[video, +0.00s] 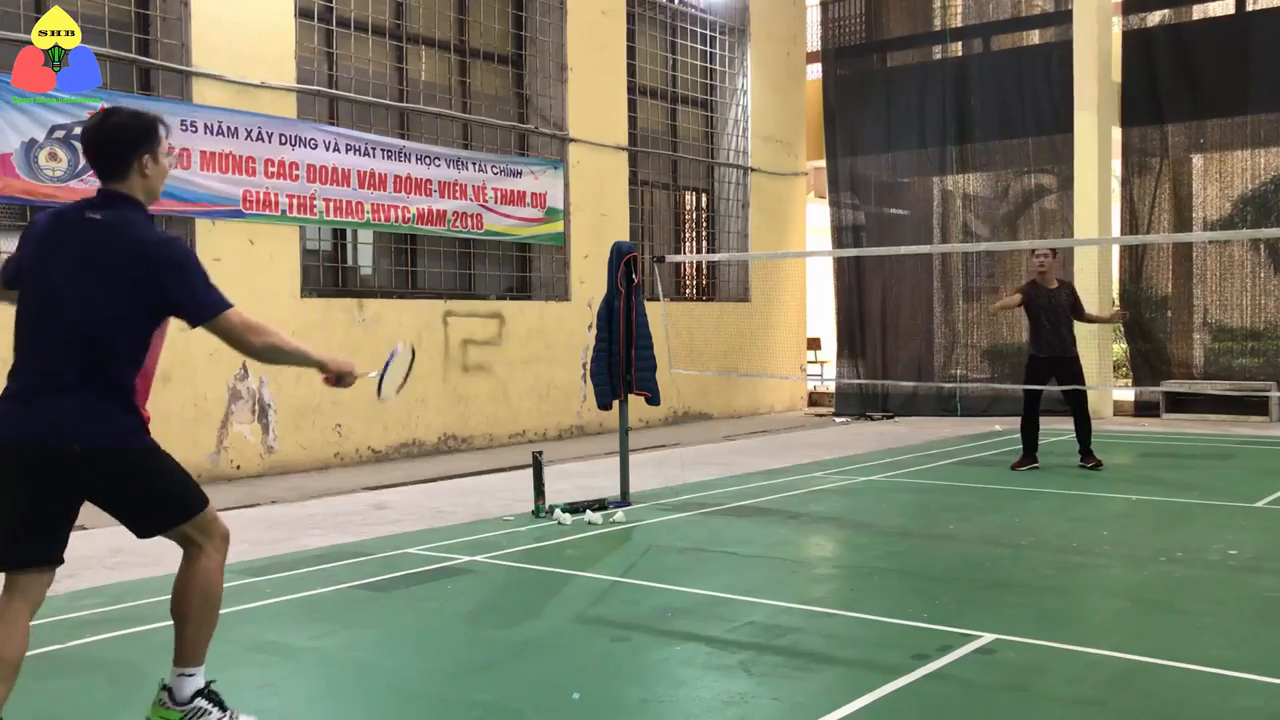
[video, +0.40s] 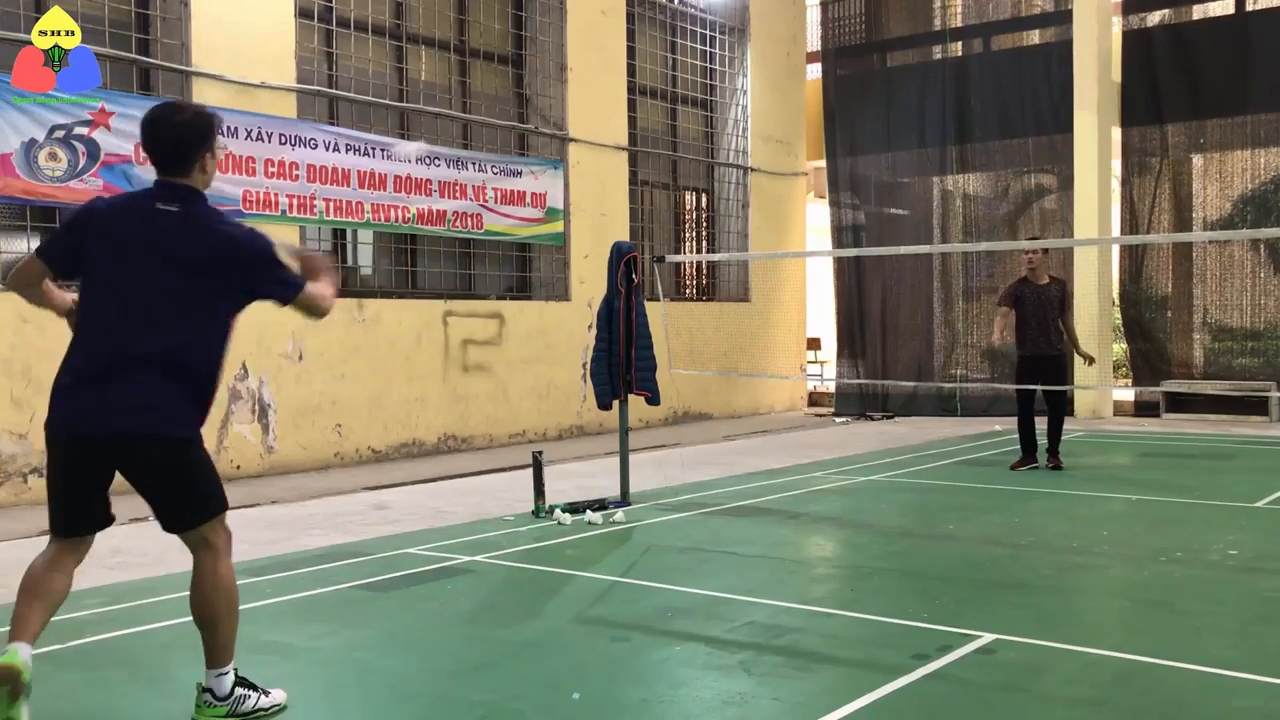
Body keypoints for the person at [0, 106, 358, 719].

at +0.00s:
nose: (168, 164)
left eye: (165, 152)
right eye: (164, 154)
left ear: (100, 164)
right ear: (145, 162)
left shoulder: (44, 228)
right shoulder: (157, 249)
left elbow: (13, 290)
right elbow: (246, 335)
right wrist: (323, 361)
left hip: (23, 436)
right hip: (106, 437)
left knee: (19, 593)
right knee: (208, 538)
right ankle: (185, 690)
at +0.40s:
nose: (221, 158)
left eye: (219, 147)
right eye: (217, 149)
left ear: (150, 158)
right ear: (206, 158)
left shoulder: (100, 217)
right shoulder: (231, 241)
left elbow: (23, 276)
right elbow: (316, 305)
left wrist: (62, 303)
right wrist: (323, 280)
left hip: (75, 417)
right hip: (158, 425)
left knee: (66, 542)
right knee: (212, 543)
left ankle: (16, 651)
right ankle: (220, 686)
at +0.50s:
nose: (231, 159)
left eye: (225, 150)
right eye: (229, 152)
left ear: (163, 157)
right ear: (222, 162)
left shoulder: (112, 213)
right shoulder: (245, 238)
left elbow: (19, 260)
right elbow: (332, 270)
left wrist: (61, 273)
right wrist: (393, 285)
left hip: (83, 412)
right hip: (168, 423)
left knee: (61, 529)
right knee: (219, 538)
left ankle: (24, 649)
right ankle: (220, 686)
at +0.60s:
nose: (229, 147)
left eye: (226, 137)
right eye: (227, 139)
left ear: (159, 146)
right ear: (218, 150)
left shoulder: (110, 201)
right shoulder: (244, 231)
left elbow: (13, 239)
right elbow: (331, 287)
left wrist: (48, 257)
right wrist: (395, 319)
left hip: (85, 402)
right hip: (171, 413)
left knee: (56, 523)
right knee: (214, 533)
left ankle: (17, 660)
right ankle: (223, 680)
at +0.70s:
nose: (219, 144)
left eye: (215, 133)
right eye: (216, 135)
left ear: (151, 145)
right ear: (203, 146)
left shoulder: (103, 200)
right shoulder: (225, 231)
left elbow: (16, 251)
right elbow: (306, 310)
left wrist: (52, 261)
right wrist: (371, 342)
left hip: (80, 403)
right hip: (161, 412)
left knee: (52, 532)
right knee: (209, 533)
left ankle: (11, 670)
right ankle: (222, 679)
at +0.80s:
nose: (204, 163)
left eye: (201, 151)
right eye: (200, 152)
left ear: (139, 162)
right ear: (183, 160)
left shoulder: (90, 219)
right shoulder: (199, 247)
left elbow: (25, 273)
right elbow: (275, 329)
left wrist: (80, 269)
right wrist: (344, 353)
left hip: (66, 417)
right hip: (144, 426)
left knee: (55, 547)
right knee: (215, 533)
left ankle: (8, 686)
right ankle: (221, 679)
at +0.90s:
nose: (190, 182)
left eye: (187, 171)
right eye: (185, 172)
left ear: (126, 182)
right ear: (167, 180)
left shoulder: (79, 236)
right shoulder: (175, 261)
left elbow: (38, 295)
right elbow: (247, 343)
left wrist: (105, 312)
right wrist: (322, 365)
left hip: (48, 430)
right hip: (119, 432)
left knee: (63, 554)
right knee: (220, 529)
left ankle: (9, 689)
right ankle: (227, 676)